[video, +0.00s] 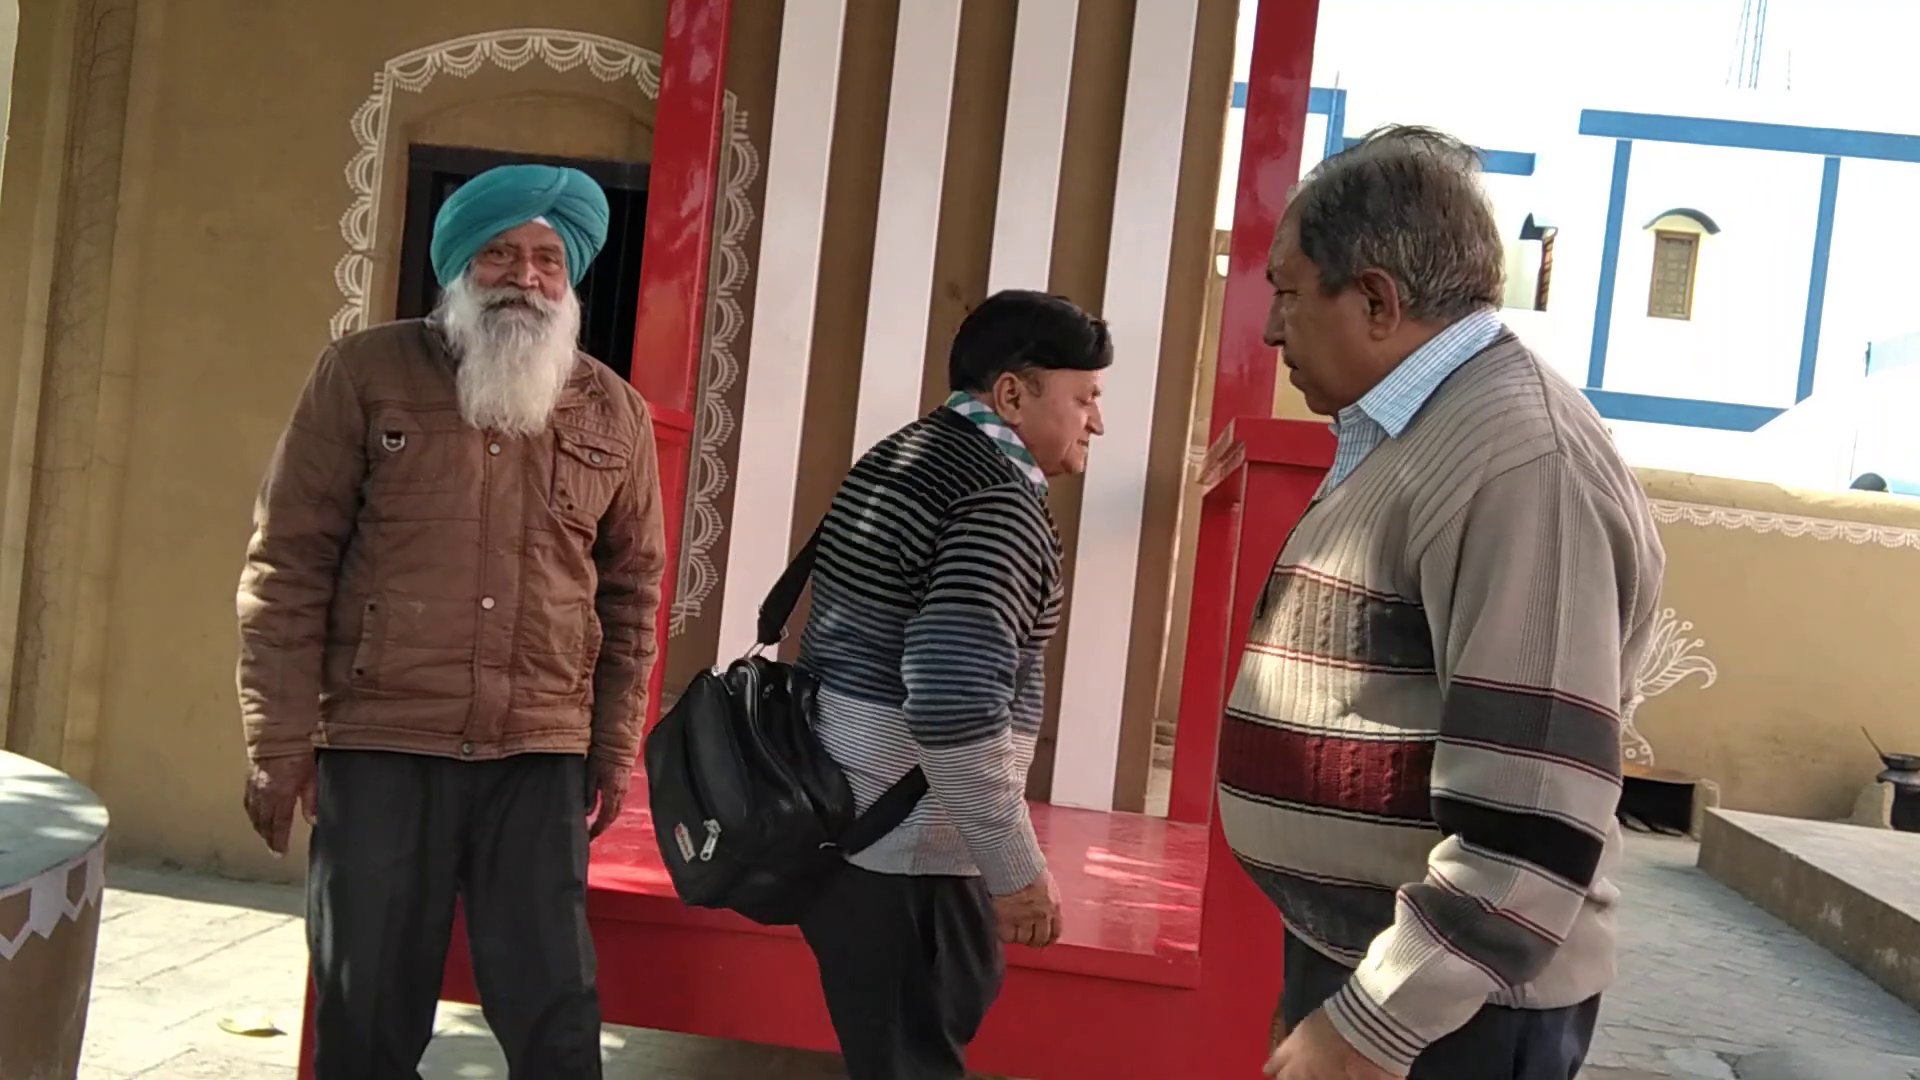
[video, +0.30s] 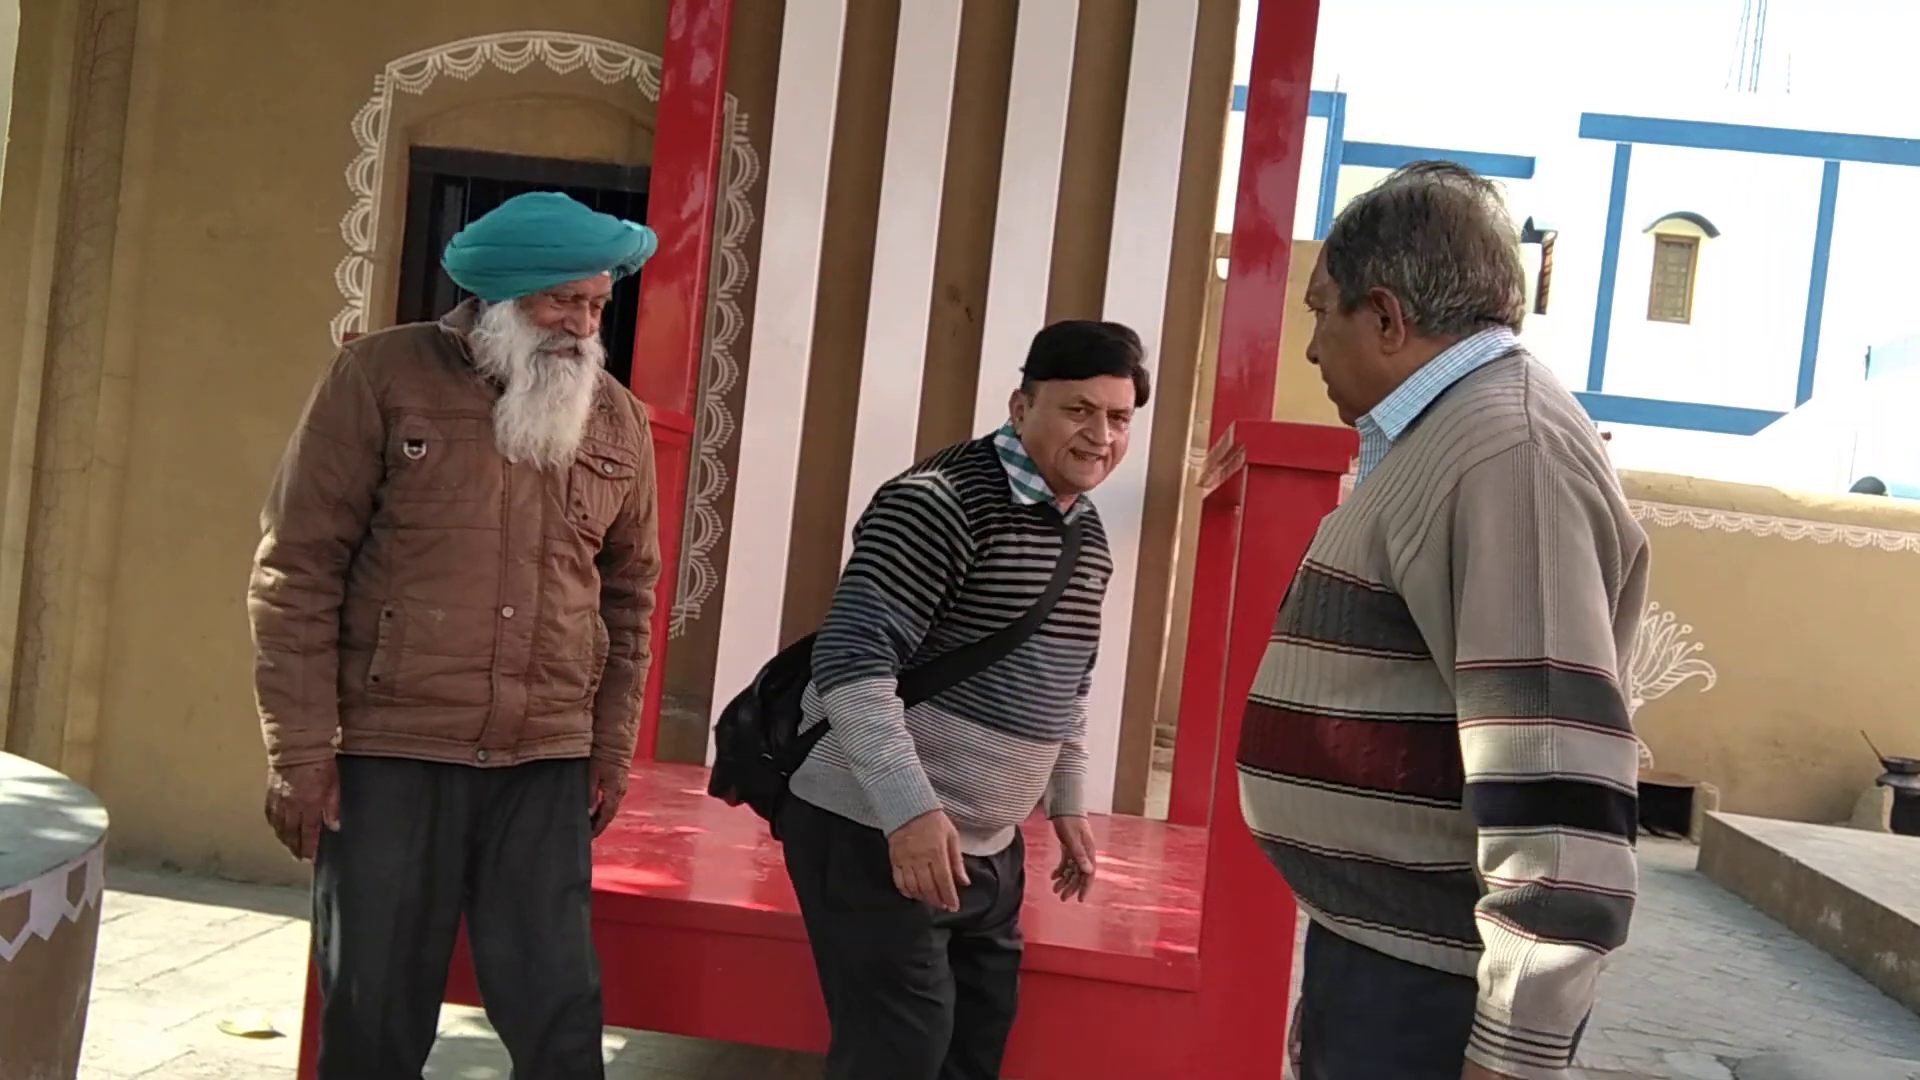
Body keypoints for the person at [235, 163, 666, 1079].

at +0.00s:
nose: (528, 273)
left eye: (550, 257)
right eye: (503, 252)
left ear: (573, 279)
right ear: (458, 266)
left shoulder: (615, 411)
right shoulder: (364, 373)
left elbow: (633, 595)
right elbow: (291, 561)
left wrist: (615, 741)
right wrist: (282, 736)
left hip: (539, 775)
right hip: (381, 766)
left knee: (557, 1034)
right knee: (367, 1037)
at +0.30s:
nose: (585, 324)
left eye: (598, 305)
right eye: (567, 301)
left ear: (605, 302)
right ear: (503, 293)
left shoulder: (618, 420)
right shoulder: (381, 376)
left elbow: (629, 599)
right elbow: (298, 567)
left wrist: (610, 746)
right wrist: (303, 749)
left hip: (543, 779)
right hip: (392, 771)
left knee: (562, 1035)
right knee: (373, 1041)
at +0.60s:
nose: (603, 346)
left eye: (617, 327)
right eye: (584, 325)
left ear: (627, 324)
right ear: (519, 314)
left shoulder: (625, 419)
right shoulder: (396, 381)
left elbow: (628, 590)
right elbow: (316, 577)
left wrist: (615, 733)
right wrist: (334, 764)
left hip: (551, 785)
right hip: (411, 780)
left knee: (566, 1031)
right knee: (382, 1039)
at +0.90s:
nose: (615, 349)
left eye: (627, 330)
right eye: (596, 329)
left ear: (636, 326)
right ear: (531, 316)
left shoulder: (631, 420)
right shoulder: (409, 381)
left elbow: (633, 589)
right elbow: (325, 576)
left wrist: (617, 730)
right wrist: (350, 765)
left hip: (554, 785)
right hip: (415, 782)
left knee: (567, 1029)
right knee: (383, 1037)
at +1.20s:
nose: (605, 349)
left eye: (619, 330)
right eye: (587, 328)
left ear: (628, 325)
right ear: (521, 316)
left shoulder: (622, 417)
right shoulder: (397, 384)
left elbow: (626, 588)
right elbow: (318, 582)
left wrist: (613, 732)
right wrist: (339, 769)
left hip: (551, 786)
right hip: (409, 784)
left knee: (565, 1037)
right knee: (376, 1041)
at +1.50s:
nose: (602, 337)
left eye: (614, 318)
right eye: (584, 316)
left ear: (621, 313)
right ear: (517, 306)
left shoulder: (619, 412)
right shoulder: (393, 379)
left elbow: (626, 585)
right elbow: (315, 575)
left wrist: (616, 728)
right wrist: (335, 763)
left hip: (553, 776)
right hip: (410, 776)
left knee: (569, 1013)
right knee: (378, 1032)